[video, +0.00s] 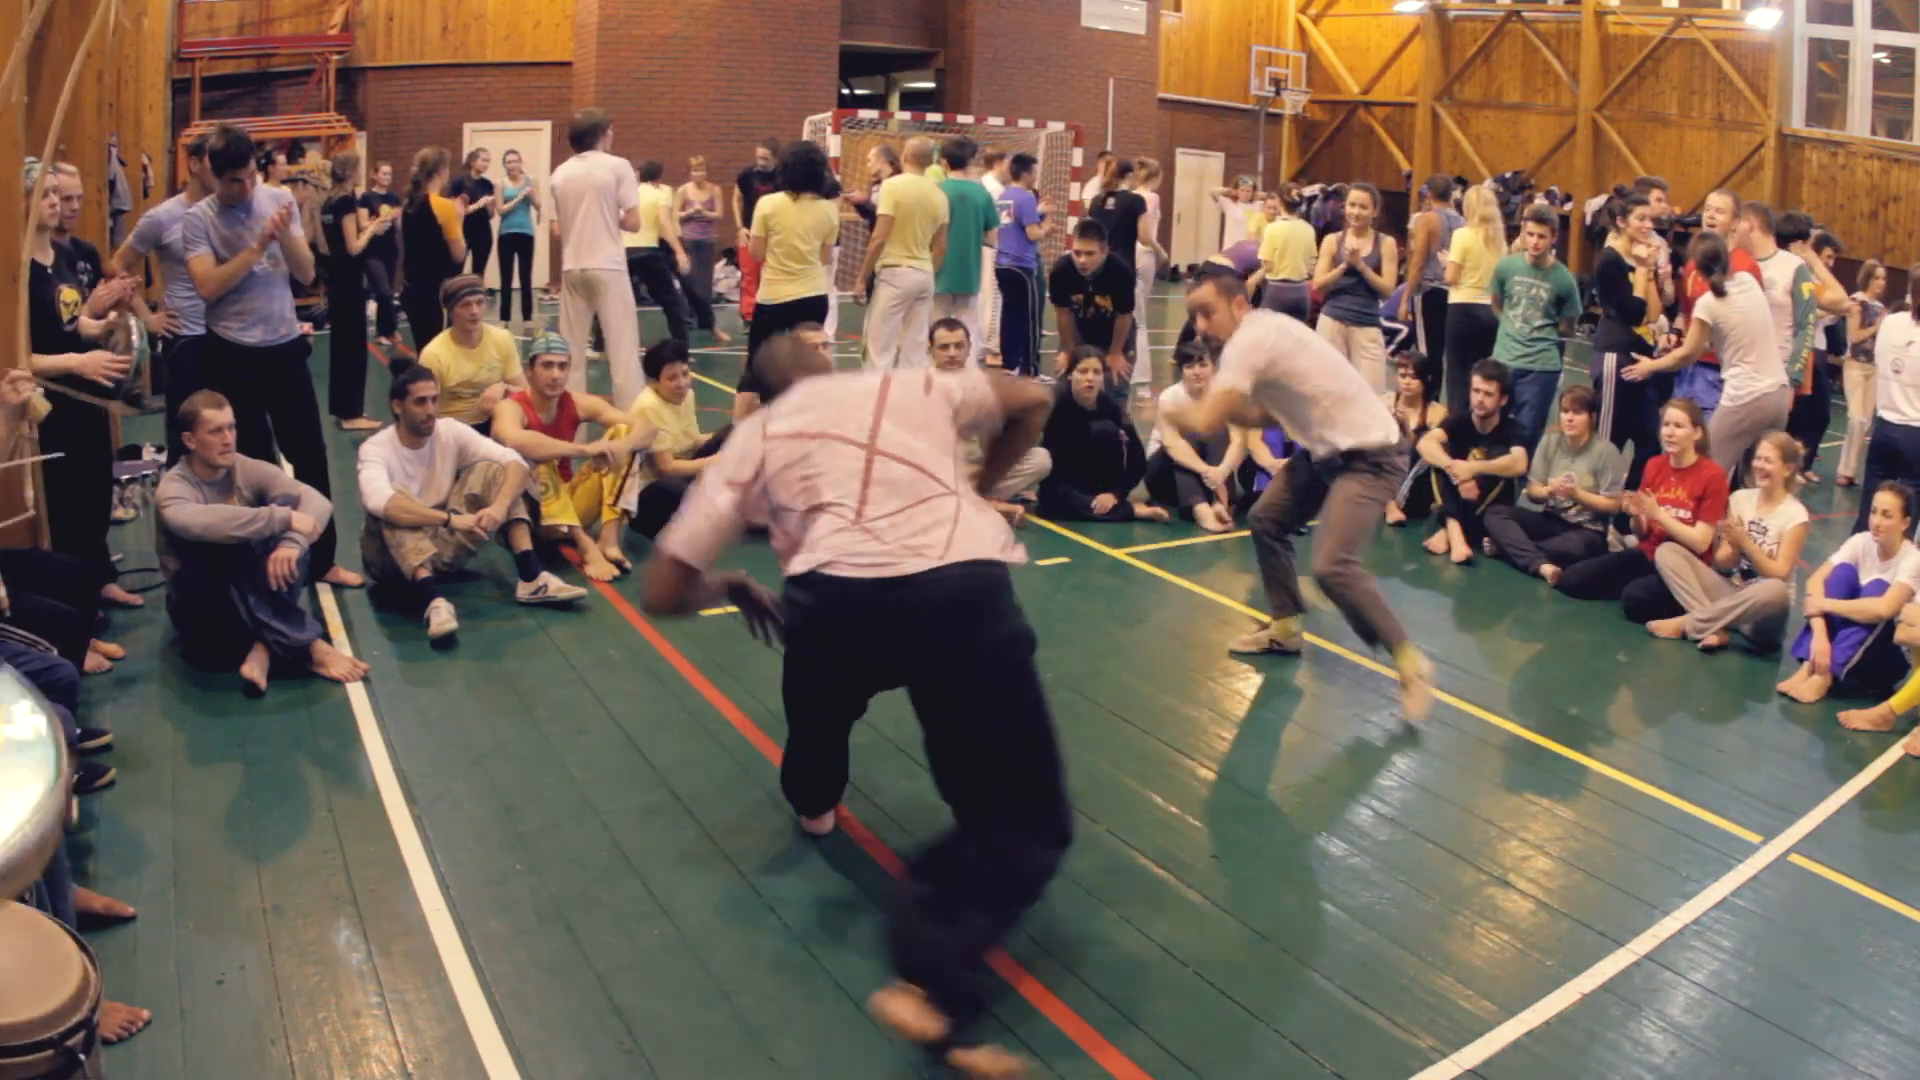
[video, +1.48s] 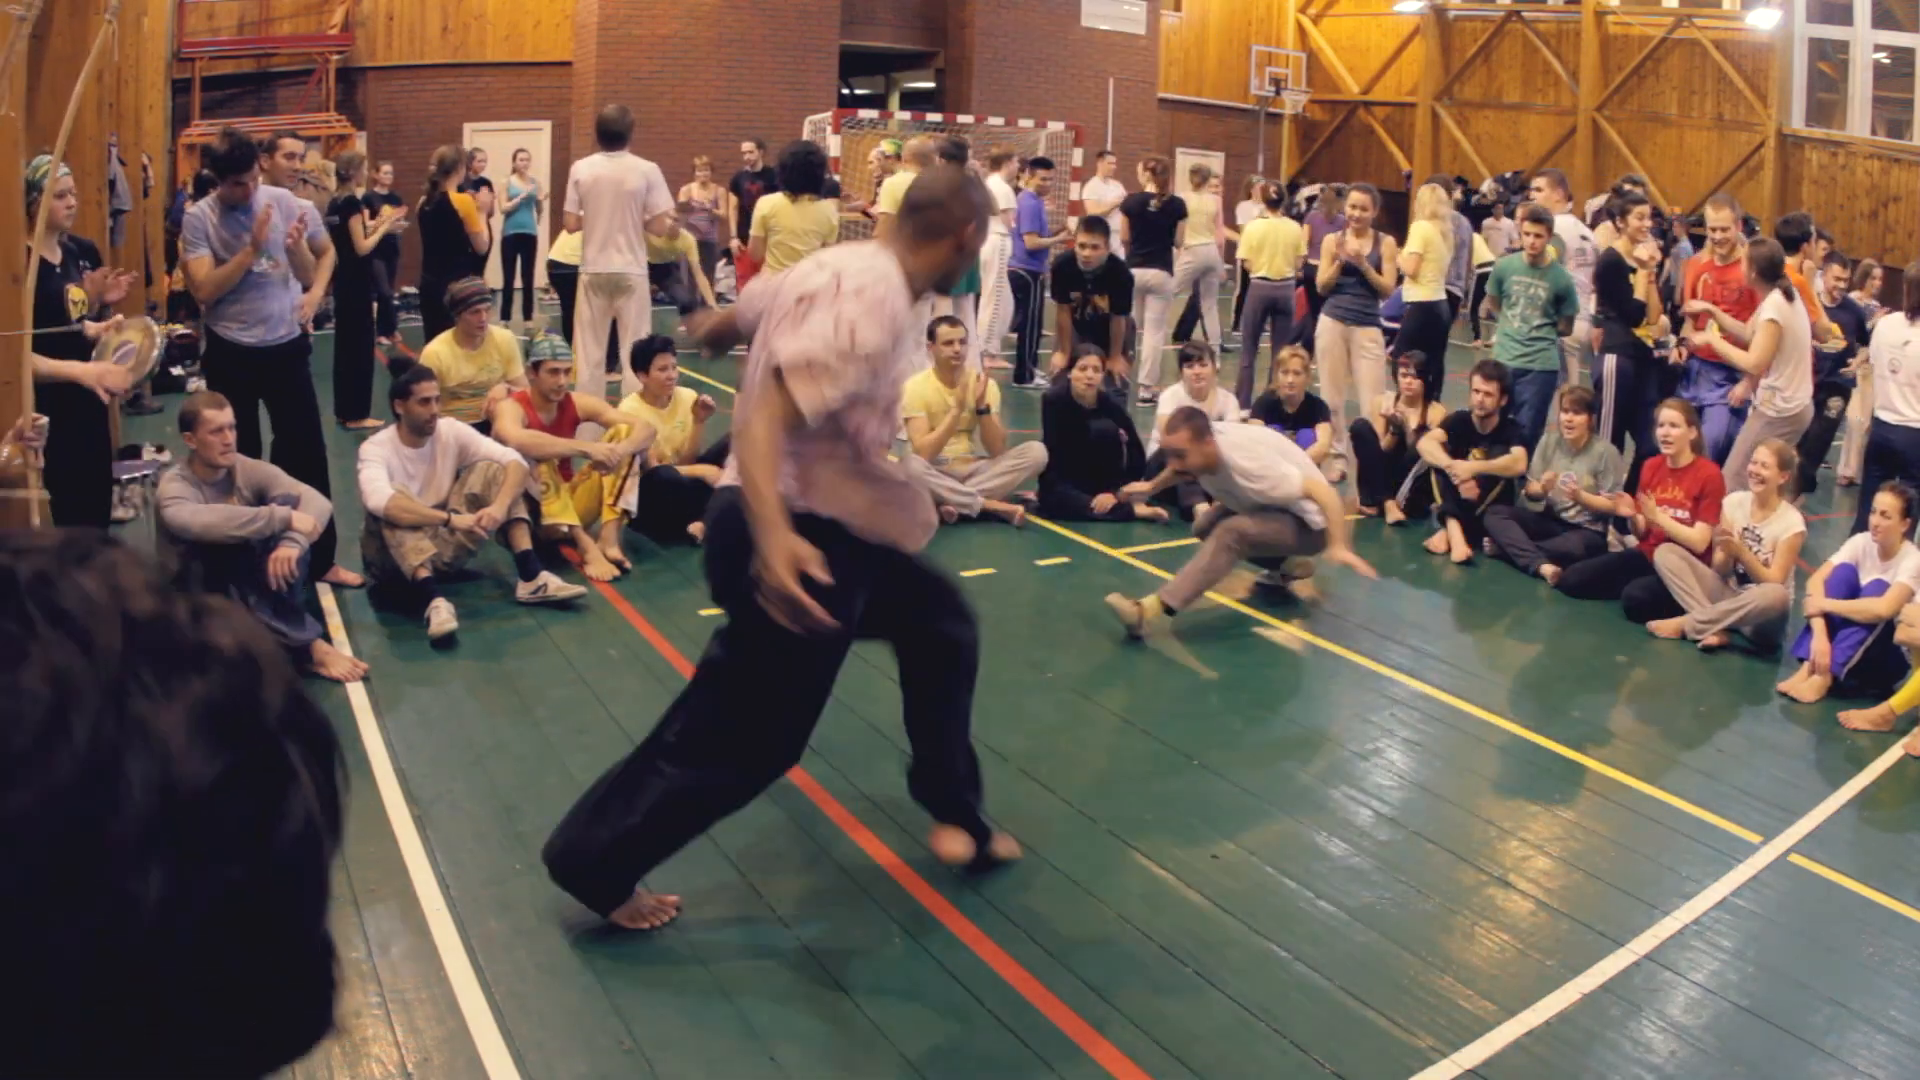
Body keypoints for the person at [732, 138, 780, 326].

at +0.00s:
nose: (760, 163)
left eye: (765, 158)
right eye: (758, 158)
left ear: (775, 158)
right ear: (754, 156)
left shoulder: (782, 177)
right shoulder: (746, 177)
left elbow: (787, 204)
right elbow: (737, 198)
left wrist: (781, 225)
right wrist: (739, 226)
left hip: (774, 229)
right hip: (751, 229)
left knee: (772, 271)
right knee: (749, 272)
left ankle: (771, 310)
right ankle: (748, 311)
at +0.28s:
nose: (750, 158)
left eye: (753, 154)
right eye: (749, 154)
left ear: (766, 155)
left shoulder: (781, 175)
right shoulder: (747, 175)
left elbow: (786, 204)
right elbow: (738, 203)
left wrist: (782, 228)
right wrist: (740, 230)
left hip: (774, 229)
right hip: (752, 230)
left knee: (771, 272)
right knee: (750, 273)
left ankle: (772, 311)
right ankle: (748, 311)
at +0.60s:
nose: (749, 157)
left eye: (753, 154)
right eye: (748, 153)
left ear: (765, 154)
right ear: (749, 154)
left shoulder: (780, 174)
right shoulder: (746, 176)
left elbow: (786, 204)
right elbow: (739, 204)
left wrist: (782, 229)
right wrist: (740, 231)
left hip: (774, 230)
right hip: (751, 230)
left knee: (771, 272)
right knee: (749, 274)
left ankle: (771, 312)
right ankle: (748, 312)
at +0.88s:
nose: (752, 156)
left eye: (756, 152)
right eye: (750, 153)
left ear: (768, 152)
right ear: (749, 154)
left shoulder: (781, 175)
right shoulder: (746, 176)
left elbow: (786, 205)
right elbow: (738, 205)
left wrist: (783, 229)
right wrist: (739, 233)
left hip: (775, 231)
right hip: (752, 231)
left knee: (773, 273)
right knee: (749, 274)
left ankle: (772, 312)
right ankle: (748, 312)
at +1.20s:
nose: (752, 155)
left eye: (756, 151)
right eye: (749, 152)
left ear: (767, 152)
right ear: (747, 154)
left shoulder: (778, 175)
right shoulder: (744, 177)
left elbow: (784, 203)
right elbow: (737, 207)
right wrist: (738, 234)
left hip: (774, 231)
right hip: (750, 232)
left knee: (773, 275)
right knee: (748, 277)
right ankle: (746, 318)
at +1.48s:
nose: (747, 157)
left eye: (751, 152)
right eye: (744, 153)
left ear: (761, 152)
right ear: (741, 155)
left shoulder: (773, 175)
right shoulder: (738, 178)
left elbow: (778, 204)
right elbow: (733, 208)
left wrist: (776, 233)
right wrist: (734, 236)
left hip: (768, 234)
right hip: (744, 236)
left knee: (768, 279)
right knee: (744, 283)